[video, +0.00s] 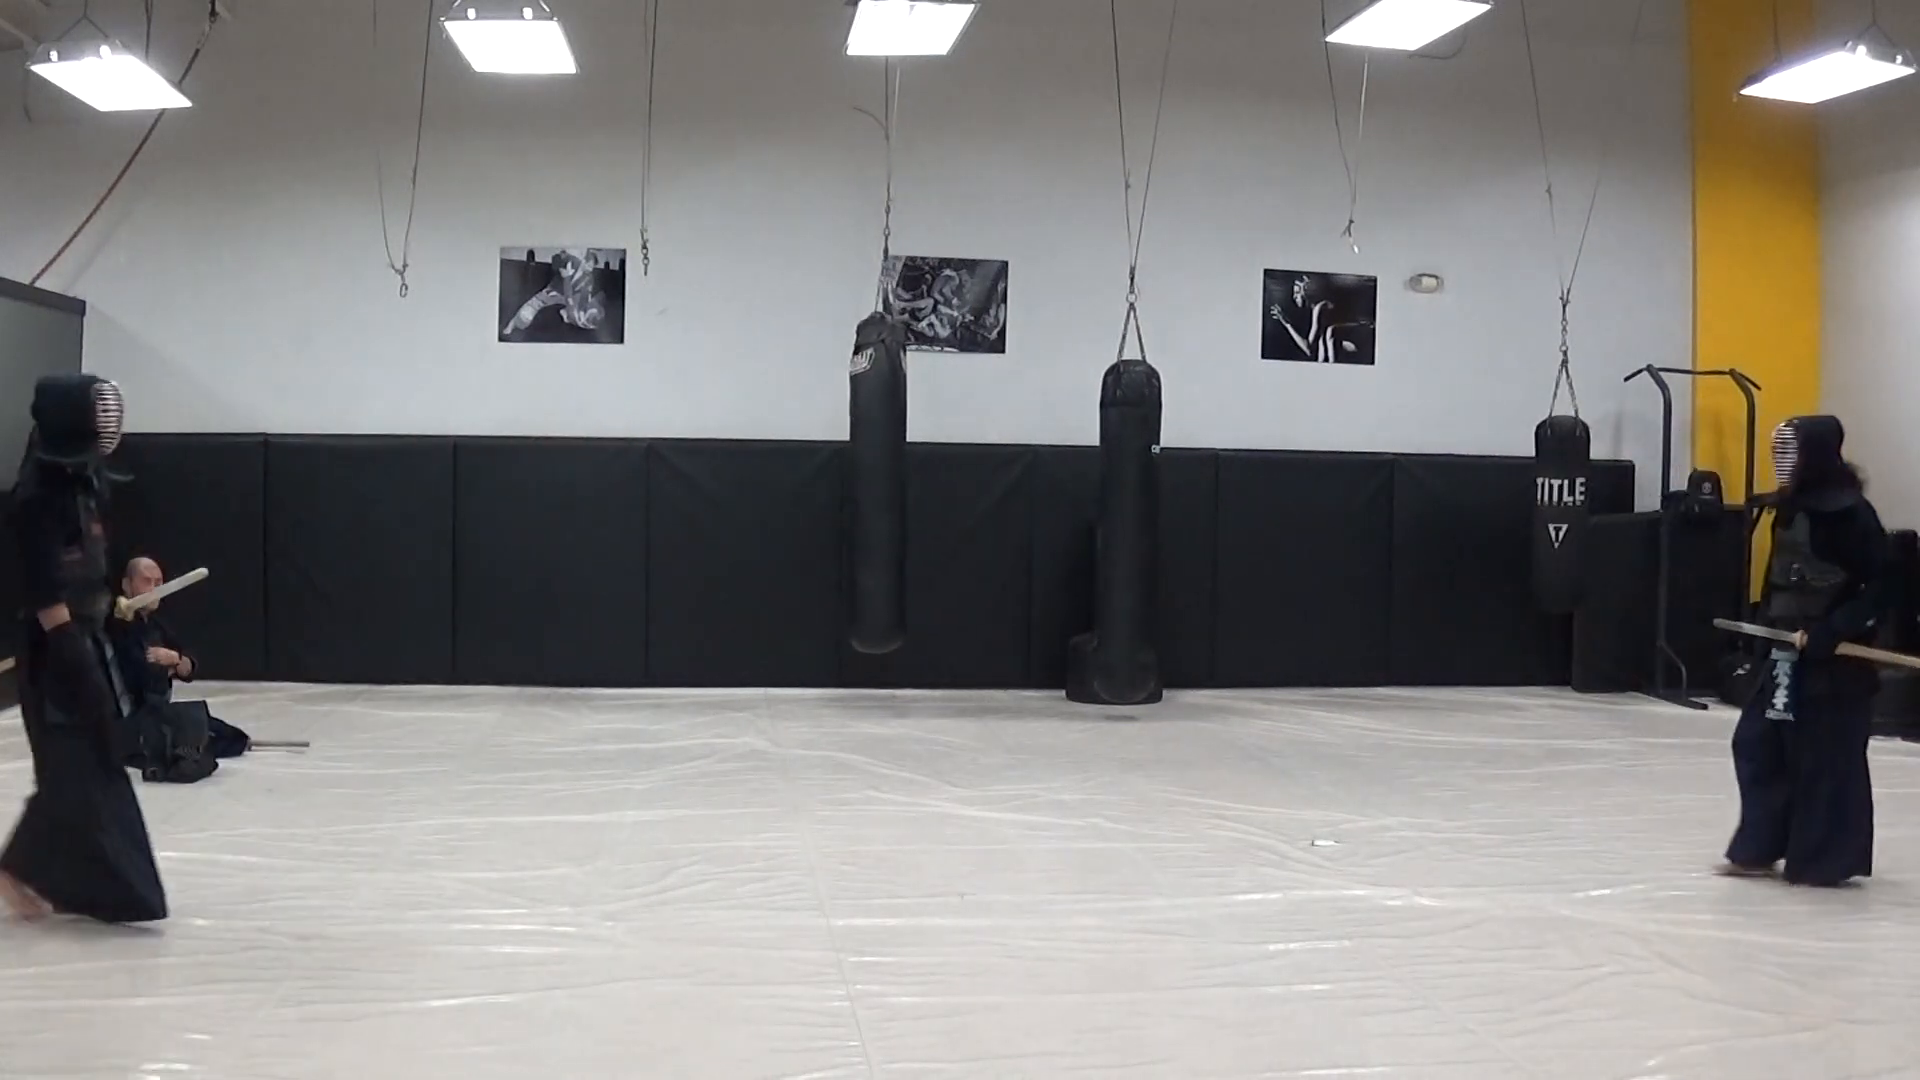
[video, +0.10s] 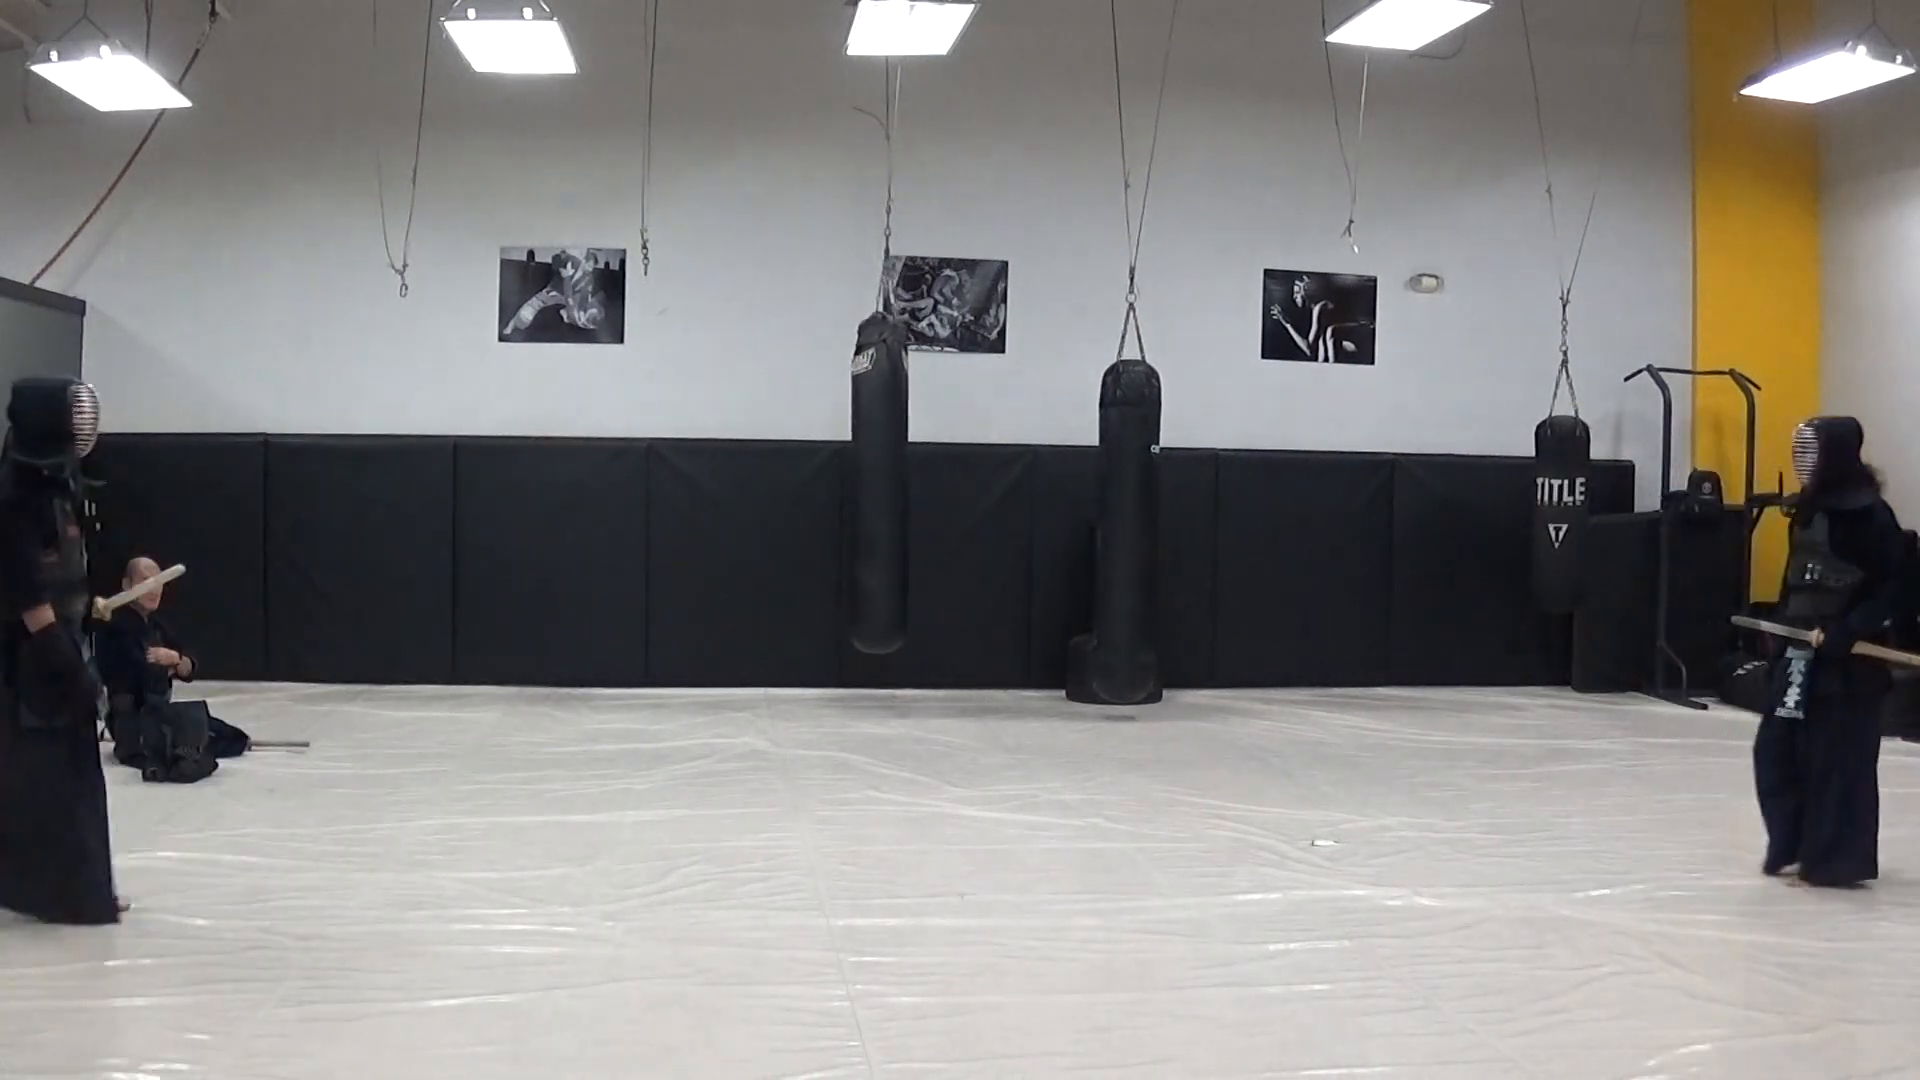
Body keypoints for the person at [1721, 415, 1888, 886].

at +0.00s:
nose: (1779, 462)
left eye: (1787, 453)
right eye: (1779, 452)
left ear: (1813, 456)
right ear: (1801, 456)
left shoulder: (1849, 512)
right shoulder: (1791, 508)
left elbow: (1879, 585)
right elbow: (1784, 582)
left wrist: (1825, 632)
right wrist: (1762, 628)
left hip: (1836, 657)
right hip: (1788, 654)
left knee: (1826, 753)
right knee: (1753, 740)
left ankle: (1823, 860)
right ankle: (1758, 847)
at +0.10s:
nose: (1799, 462)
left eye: (1807, 453)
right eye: (1798, 452)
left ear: (1832, 455)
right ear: (1823, 455)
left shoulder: (1867, 511)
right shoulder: (1808, 509)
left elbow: (1890, 585)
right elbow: (1800, 581)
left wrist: (1841, 633)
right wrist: (1775, 630)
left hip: (1851, 657)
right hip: (1804, 653)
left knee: (1839, 754)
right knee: (1774, 747)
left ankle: (1839, 861)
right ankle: (1795, 844)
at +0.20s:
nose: (1818, 464)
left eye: (1826, 455)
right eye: (1817, 455)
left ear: (1852, 458)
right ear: (1827, 457)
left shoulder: (1883, 516)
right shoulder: (1824, 510)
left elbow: (1907, 592)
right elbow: (1812, 579)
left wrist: (1860, 637)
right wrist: (1792, 625)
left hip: (1864, 653)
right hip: (1821, 647)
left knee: (1846, 751)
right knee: (1814, 746)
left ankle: (1840, 862)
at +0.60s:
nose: (1875, 463)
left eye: (1883, 454)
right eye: (1873, 454)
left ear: (1906, 458)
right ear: (1877, 459)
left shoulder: (1908, 512)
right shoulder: (1882, 511)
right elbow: (1859, 587)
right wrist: (1840, 650)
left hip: (1908, 654)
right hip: (1882, 651)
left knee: (1900, 749)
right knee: (1880, 748)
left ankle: (1904, 847)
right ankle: (1886, 844)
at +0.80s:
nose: (1908, 469)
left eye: (1912, 462)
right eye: (1907, 461)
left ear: (1919, 466)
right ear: (1907, 464)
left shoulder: (1912, 521)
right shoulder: (1907, 518)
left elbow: (1904, 594)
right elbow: (1897, 594)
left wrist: (1886, 660)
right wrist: (1882, 661)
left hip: (1909, 654)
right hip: (1902, 652)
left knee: (1898, 743)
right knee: (1895, 744)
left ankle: (1900, 843)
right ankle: (1894, 841)